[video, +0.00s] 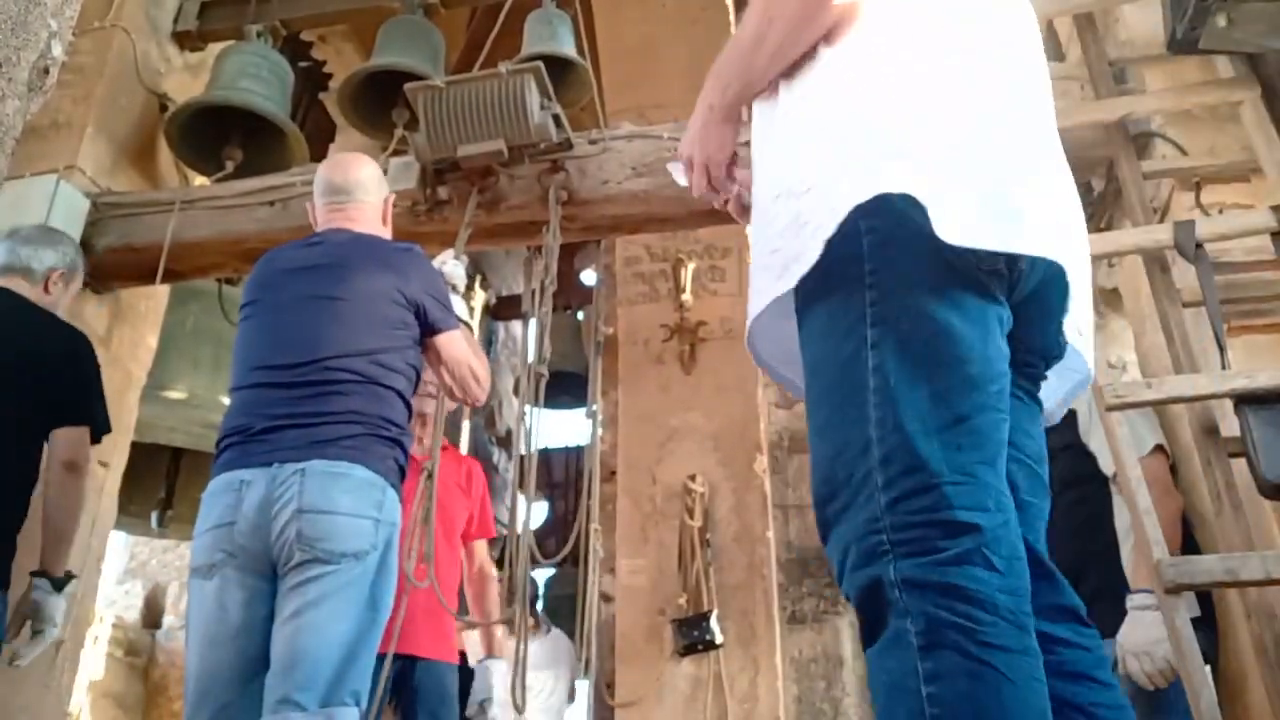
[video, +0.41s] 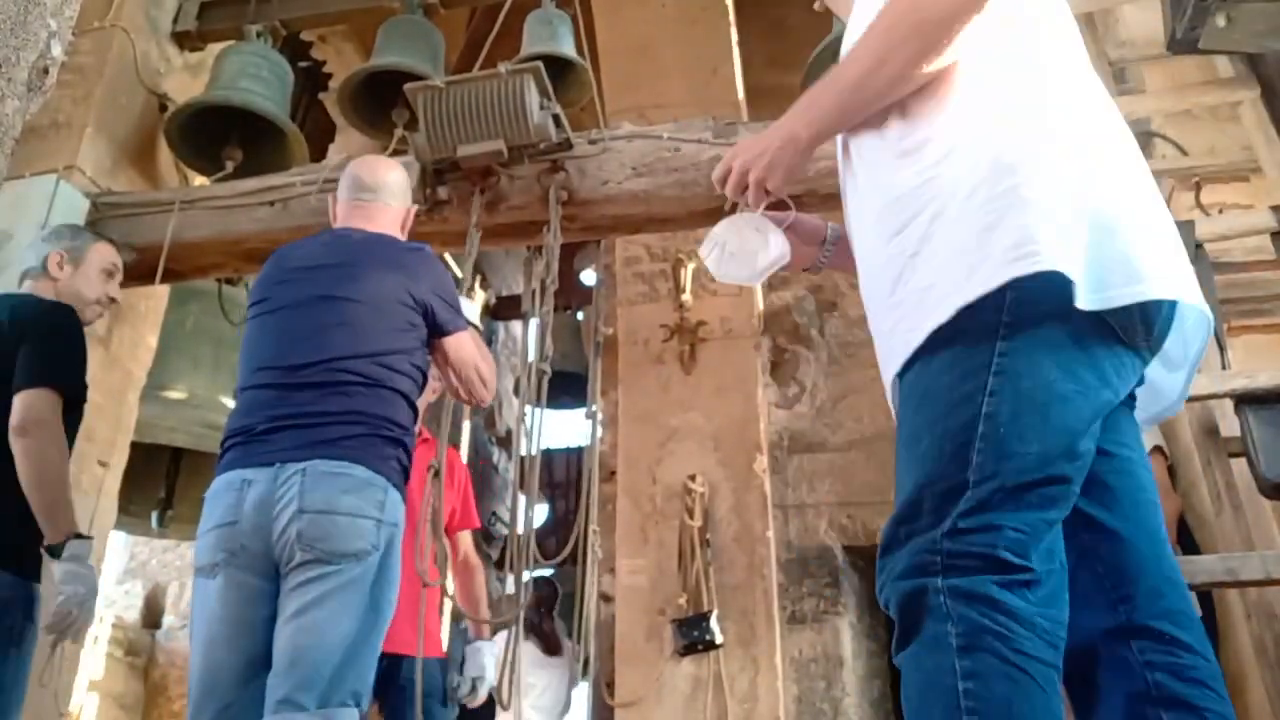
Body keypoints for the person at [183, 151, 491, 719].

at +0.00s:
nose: (394, 215)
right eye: (394, 207)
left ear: (314, 215)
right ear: (388, 209)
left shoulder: (265, 269)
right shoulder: (407, 265)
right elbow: (473, 386)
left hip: (231, 489)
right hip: (345, 485)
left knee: (214, 709)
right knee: (309, 707)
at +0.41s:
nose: (413, 223)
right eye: (413, 217)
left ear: (332, 209)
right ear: (407, 219)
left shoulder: (276, 265)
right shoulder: (417, 264)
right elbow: (480, 386)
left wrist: (430, 369)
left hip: (233, 489)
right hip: (347, 488)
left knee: (217, 709)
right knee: (310, 707)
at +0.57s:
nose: (423, 232)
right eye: (424, 223)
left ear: (347, 207)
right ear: (420, 221)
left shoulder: (281, 265)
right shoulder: (421, 265)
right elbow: (489, 385)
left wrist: (432, 369)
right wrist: (438, 328)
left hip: (235, 489)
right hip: (348, 488)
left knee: (217, 709)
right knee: (309, 706)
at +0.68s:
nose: (419, 226)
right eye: (421, 219)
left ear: (341, 209)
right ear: (415, 220)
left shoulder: (278, 267)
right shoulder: (423, 267)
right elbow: (489, 390)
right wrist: (454, 339)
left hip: (239, 487)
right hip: (354, 487)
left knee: (217, 707)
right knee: (313, 706)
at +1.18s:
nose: (411, 217)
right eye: (412, 211)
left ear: (330, 215)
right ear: (406, 214)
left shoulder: (277, 271)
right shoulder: (424, 269)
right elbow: (481, 399)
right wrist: (443, 340)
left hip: (241, 487)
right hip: (354, 487)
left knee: (218, 708)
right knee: (313, 708)